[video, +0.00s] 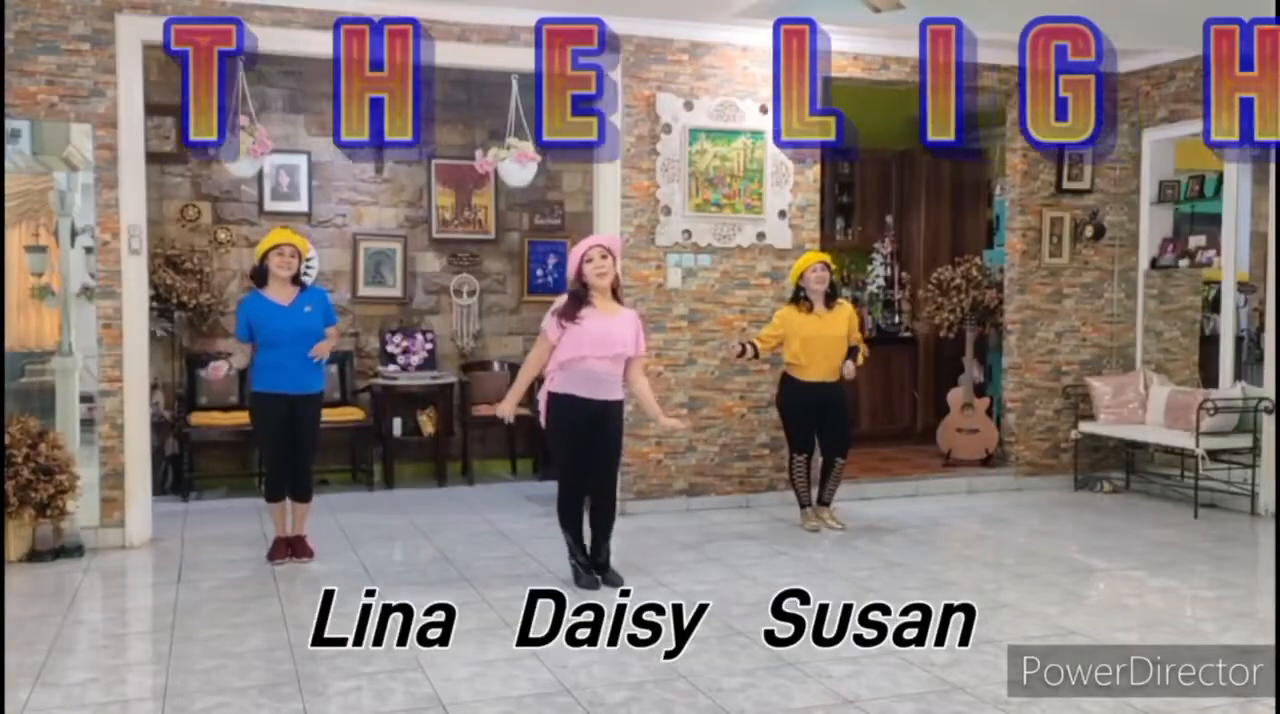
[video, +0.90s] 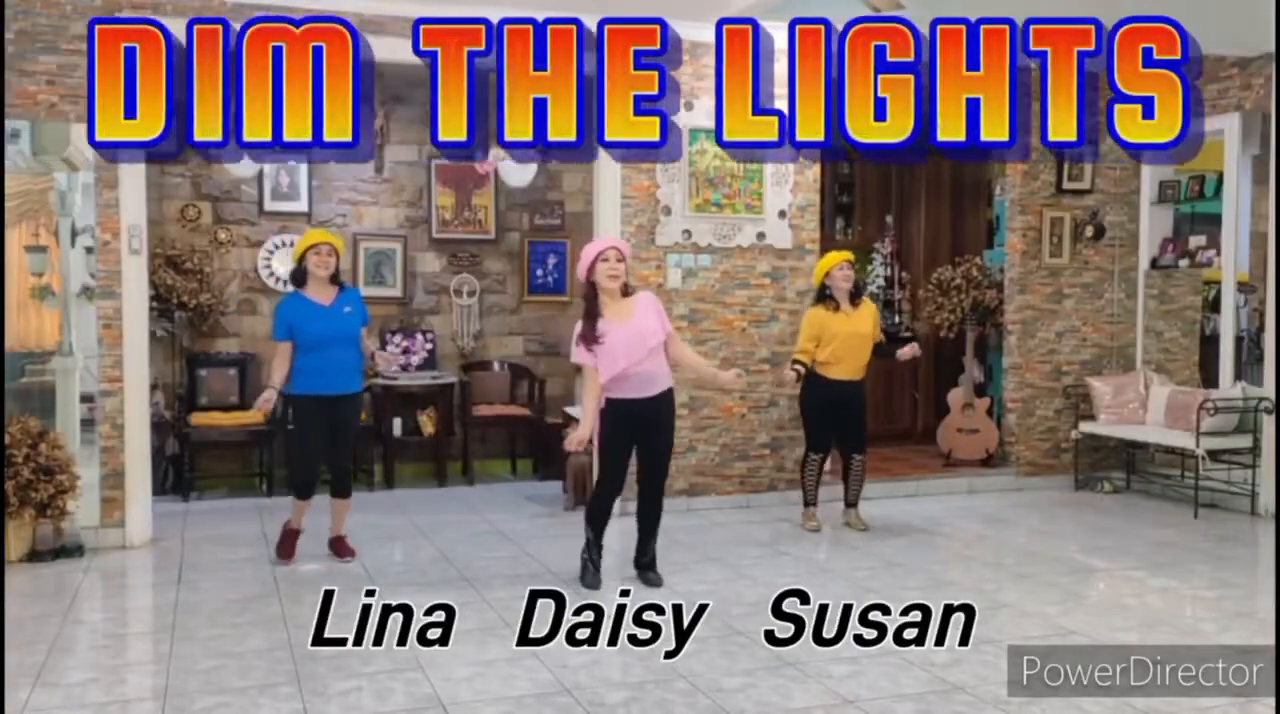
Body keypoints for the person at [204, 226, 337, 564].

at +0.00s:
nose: (285, 260)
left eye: (292, 255)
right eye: (279, 254)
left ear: (300, 262)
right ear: (265, 260)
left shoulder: (317, 297)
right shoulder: (251, 303)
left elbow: (333, 333)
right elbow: (245, 349)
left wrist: (328, 344)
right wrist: (227, 363)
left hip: (308, 393)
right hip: (267, 393)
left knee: (302, 463)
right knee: (274, 463)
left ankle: (299, 535)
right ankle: (281, 537)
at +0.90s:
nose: (323, 259)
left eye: (329, 254)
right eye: (316, 253)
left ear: (337, 261)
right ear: (304, 260)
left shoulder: (352, 297)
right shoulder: (290, 305)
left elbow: (363, 337)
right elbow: (282, 355)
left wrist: (374, 353)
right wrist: (273, 389)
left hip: (347, 397)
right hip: (305, 398)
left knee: (343, 467)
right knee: (305, 470)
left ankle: (338, 535)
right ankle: (293, 527)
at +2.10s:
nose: (291, 255)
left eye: (298, 251)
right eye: (285, 250)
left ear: (307, 260)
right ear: (272, 257)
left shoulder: (316, 304)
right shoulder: (251, 294)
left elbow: (316, 352)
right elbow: (231, 336)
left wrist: (330, 358)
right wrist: (218, 356)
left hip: (299, 396)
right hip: (255, 395)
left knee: (304, 464)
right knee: (260, 466)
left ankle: (310, 531)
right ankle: (267, 539)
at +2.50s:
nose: (282, 257)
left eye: (289, 251)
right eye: (275, 251)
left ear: (300, 260)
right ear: (265, 258)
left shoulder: (314, 303)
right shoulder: (248, 297)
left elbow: (320, 349)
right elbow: (232, 341)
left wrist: (325, 353)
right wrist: (212, 346)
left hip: (295, 397)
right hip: (252, 395)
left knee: (297, 464)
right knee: (258, 466)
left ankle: (294, 532)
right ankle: (266, 539)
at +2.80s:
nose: (291, 256)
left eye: (298, 251)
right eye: (284, 251)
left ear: (309, 258)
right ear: (273, 259)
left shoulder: (328, 298)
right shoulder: (263, 300)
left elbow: (340, 343)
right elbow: (252, 347)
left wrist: (330, 353)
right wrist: (227, 345)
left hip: (310, 396)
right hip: (266, 395)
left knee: (313, 466)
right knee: (265, 467)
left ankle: (329, 535)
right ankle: (267, 540)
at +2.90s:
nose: (296, 255)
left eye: (303, 250)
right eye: (289, 250)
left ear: (313, 257)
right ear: (279, 258)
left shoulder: (334, 295)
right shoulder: (269, 299)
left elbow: (349, 338)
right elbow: (262, 348)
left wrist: (338, 350)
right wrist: (237, 351)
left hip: (319, 394)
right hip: (276, 393)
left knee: (322, 465)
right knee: (270, 466)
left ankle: (330, 536)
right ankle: (268, 540)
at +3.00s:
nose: (302, 258)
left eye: (309, 252)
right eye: (296, 252)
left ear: (319, 259)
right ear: (285, 261)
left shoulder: (339, 294)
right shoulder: (275, 302)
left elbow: (357, 336)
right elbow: (268, 349)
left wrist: (349, 348)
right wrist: (249, 360)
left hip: (330, 395)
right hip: (285, 395)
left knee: (328, 467)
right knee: (277, 468)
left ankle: (330, 536)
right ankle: (269, 540)